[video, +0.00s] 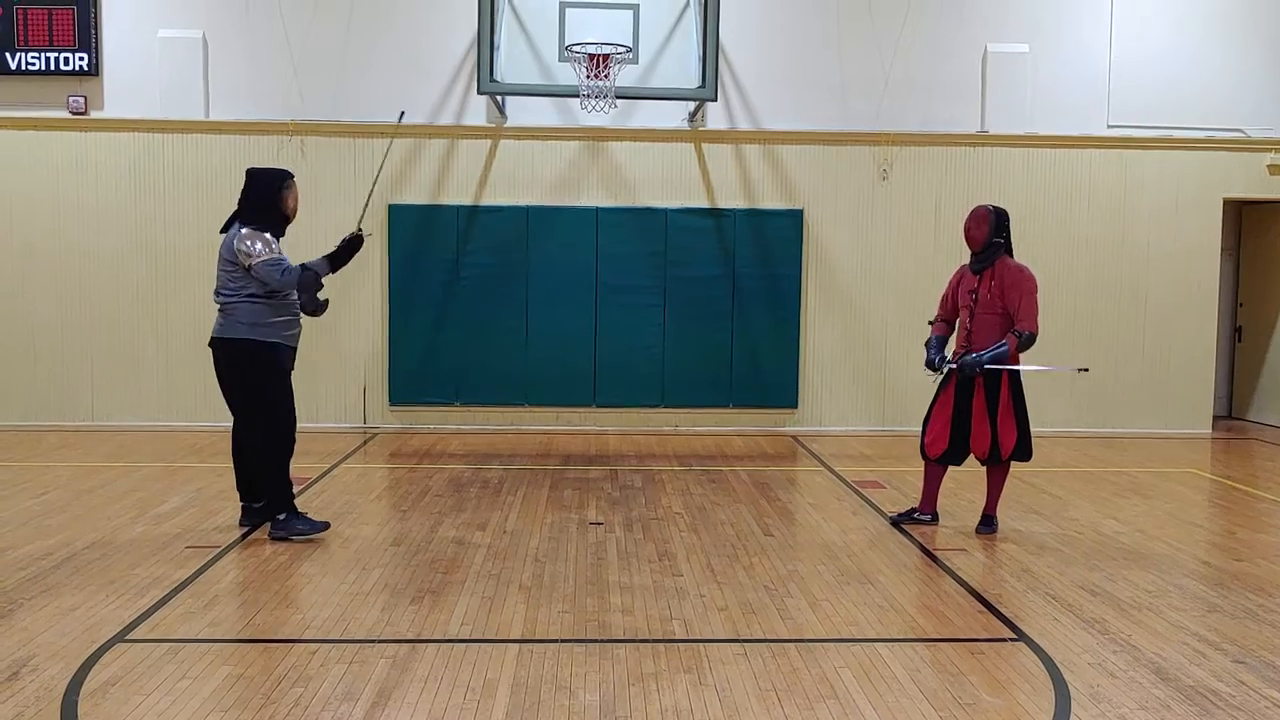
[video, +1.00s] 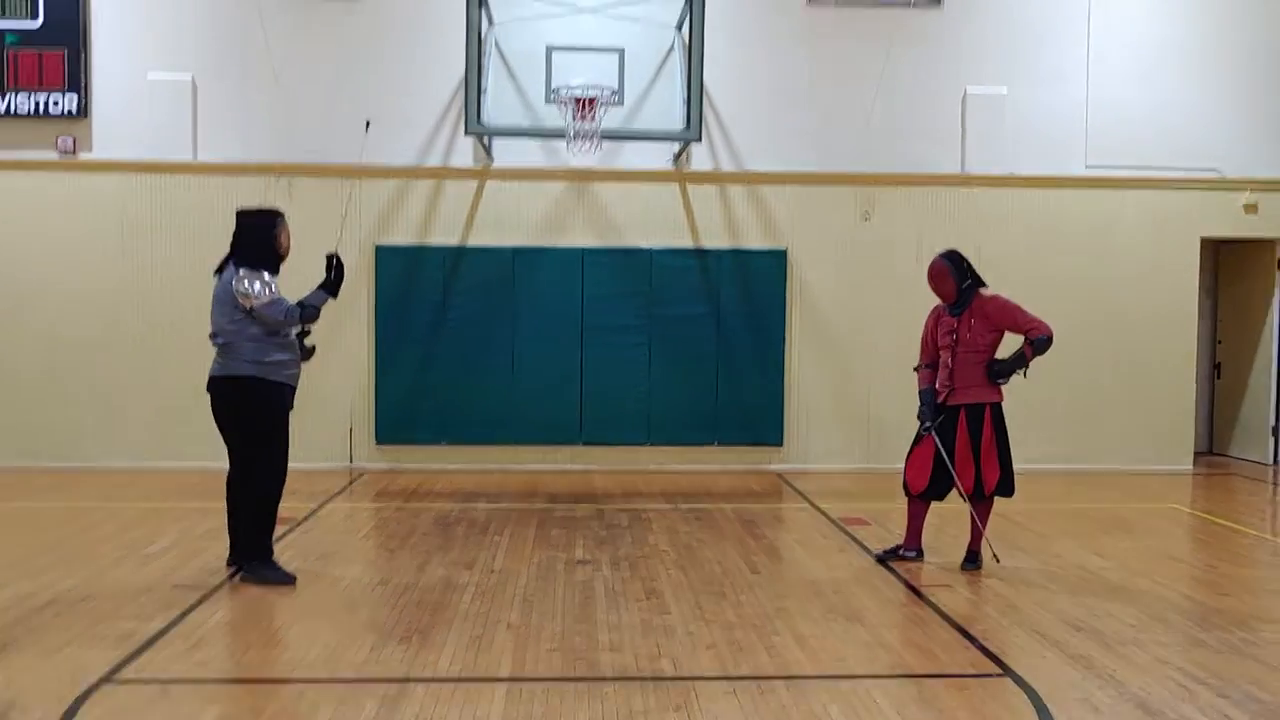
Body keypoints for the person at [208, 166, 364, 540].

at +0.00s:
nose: (296, 203)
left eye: (295, 195)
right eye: (292, 195)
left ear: (268, 196)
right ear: (273, 197)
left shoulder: (248, 234)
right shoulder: (251, 236)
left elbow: (273, 287)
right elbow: (285, 279)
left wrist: (304, 299)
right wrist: (334, 260)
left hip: (244, 346)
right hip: (253, 348)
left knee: (251, 427)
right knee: (277, 427)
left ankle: (255, 506)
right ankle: (283, 515)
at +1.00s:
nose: (289, 242)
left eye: (287, 234)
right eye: (284, 234)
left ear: (255, 236)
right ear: (266, 237)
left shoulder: (236, 274)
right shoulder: (249, 275)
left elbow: (247, 336)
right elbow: (281, 316)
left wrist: (292, 349)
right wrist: (326, 289)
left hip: (241, 384)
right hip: (253, 388)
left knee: (247, 469)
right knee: (266, 471)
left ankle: (243, 553)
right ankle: (256, 559)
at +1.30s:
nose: (322, 272)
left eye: (322, 264)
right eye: (317, 264)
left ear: (290, 266)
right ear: (298, 266)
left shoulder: (274, 305)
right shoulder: (277, 307)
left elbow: (298, 362)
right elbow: (314, 351)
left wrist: (333, 374)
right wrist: (355, 322)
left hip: (280, 410)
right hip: (283, 413)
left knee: (282, 496)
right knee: (294, 497)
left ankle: (276, 575)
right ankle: (283, 585)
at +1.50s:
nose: (320, 253)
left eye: (319, 245)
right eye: (315, 245)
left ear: (289, 246)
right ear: (296, 247)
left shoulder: (280, 288)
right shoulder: (275, 288)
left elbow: (318, 333)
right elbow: (311, 333)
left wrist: (350, 322)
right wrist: (351, 314)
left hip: (286, 395)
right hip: (278, 396)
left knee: (283, 480)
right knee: (286, 481)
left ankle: (273, 560)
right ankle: (278, 567)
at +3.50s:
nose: (306, 209)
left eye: (305, 201)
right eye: (300, 201)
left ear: (275, 206)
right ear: (281, 205)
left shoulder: (272, 250)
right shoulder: (259, 249)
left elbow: (285, 306)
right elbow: (261, 309)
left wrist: (314, 332)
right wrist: (297, 338)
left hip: (274, 355)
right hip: (263, 356)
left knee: (267, 438)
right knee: (276, 440)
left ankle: (255, 520)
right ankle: (261, 527)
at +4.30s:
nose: (317, 200)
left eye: (317, 192)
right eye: (312, 192)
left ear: (292, 196)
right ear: (290, 193)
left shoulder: (287, 237)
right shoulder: (261, 234)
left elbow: (298, 287)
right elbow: (286, 281)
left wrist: (306, 344)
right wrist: (337, 307)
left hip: (288, 343)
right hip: (264, 342)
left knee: (286, 424)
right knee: (271, 425)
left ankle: (271, 501)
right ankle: (266, 509)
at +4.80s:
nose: (321, 190)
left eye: (320, 182)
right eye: (315, 182)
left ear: (298, 185)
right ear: (294, 184)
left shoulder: (292, 230)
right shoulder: (269, 226)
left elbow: (296, 284)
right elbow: (299, 268)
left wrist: (329, 299)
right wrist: (355, 272)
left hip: (295, 337)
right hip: (273, 336)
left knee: (293, 422)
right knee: (280, 422)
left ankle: (277, 497)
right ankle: (274, 506)